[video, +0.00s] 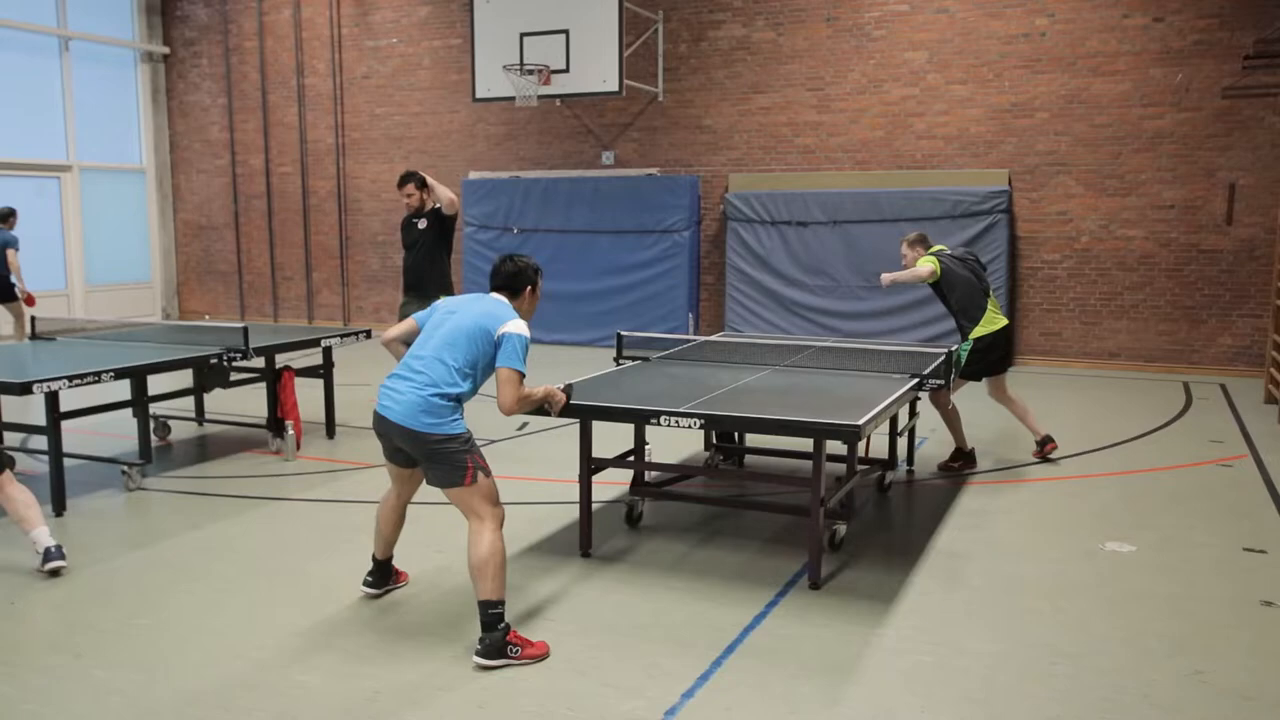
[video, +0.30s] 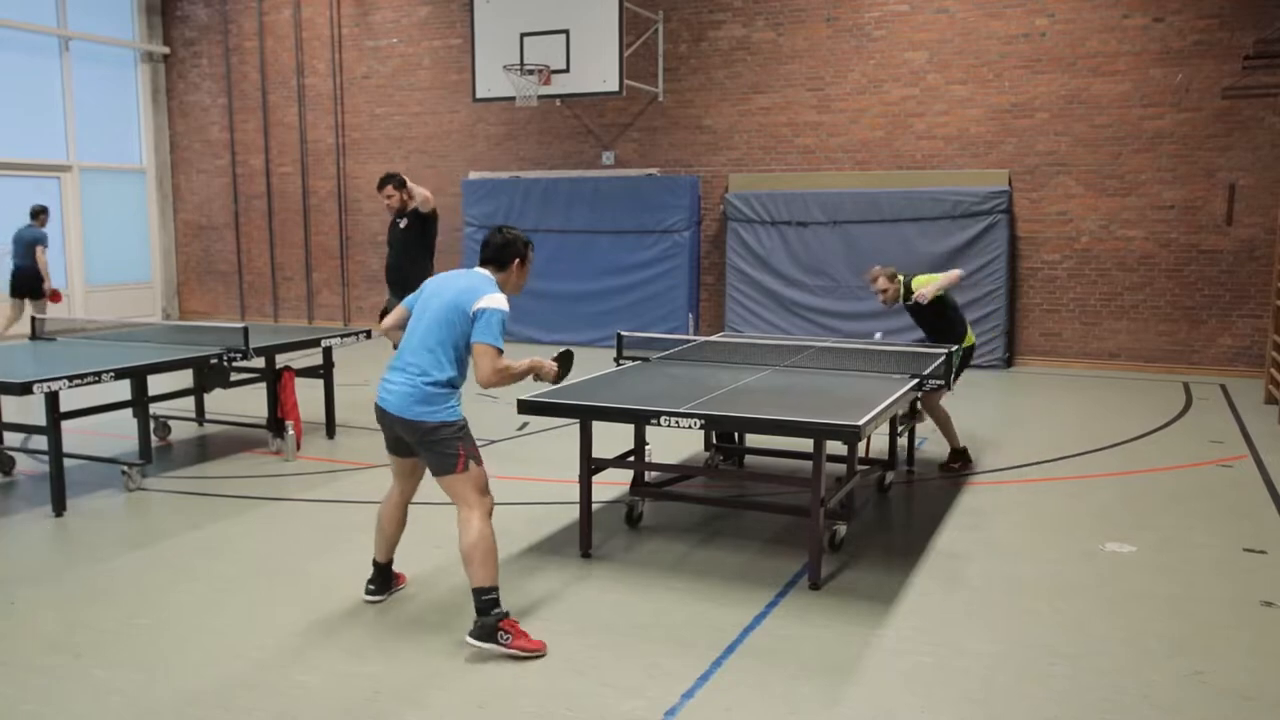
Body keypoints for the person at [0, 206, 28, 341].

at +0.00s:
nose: (16, 222)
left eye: (15, 219)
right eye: (15, 219)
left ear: (2, 220)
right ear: (10, 220)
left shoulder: (7, 238)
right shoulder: (9, 238)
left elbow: (11, 261)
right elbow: (12, 261)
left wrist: (20, 285)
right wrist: (21, 284)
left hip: (4, 282)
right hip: (3, 282)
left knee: (19, 315)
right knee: (19, 315)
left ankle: (19, 348)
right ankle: (19, 349)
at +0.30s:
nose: (47, 220)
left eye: (47, 217)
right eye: (46, 217)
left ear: (32, 217)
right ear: (41, 217)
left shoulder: (19, 233)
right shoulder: (40, 234)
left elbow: (16, 257)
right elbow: (40, 256)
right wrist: (47, 280)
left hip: (18, 272)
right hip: (34, 272)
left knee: (15, 312)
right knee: (39, 309)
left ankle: (2, 331)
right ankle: (38, 339)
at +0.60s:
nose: (84, 222)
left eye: (84, 219)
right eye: (82, 218)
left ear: (71, 219)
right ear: (76, 219)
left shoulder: (56, 236)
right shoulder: (77, 236)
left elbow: (45, 256)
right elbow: (82, 258)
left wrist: (35, 274)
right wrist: (96, 270)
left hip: (56, 274)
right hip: (69, 275)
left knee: (74, 307)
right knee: (59, 309)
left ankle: (82, 333)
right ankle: (47, 334)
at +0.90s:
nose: (125, 218)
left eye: (125, 215)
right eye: (124, 215)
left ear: (114, 215)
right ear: (118, 215)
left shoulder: (100, 230)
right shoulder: (113, 231)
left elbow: (100, 253)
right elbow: (112, 253)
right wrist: (119, 273)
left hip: (98, 267)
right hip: (109, 268)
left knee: (96, 307)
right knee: (128, 304)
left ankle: (90, 335)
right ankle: (120, 335)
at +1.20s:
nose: (170, 220)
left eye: (170, 217)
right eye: (169, 217)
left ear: (159, 217)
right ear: (164, 217)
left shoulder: (148, 229)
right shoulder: (157, 231)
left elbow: (147, 253)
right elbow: (154, 253)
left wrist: (161, 266)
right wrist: (155, 271)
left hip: (146, 268)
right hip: (156, 268)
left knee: (150, 304)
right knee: (166, 303)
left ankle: (131, 319)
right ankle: (163, 331)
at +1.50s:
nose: (210, 223)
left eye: (210, 220)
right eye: (209, 220)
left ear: (198, 219)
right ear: (204, 219)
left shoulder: (186, 233)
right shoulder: (199, 233)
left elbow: (178, 252)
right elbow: (202, 252)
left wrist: (169, 266)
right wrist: (219, 264)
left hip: (188, 269)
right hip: (196, 270)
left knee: (207, 301)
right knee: (187, 304)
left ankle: (213, 325)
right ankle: (169, 325)